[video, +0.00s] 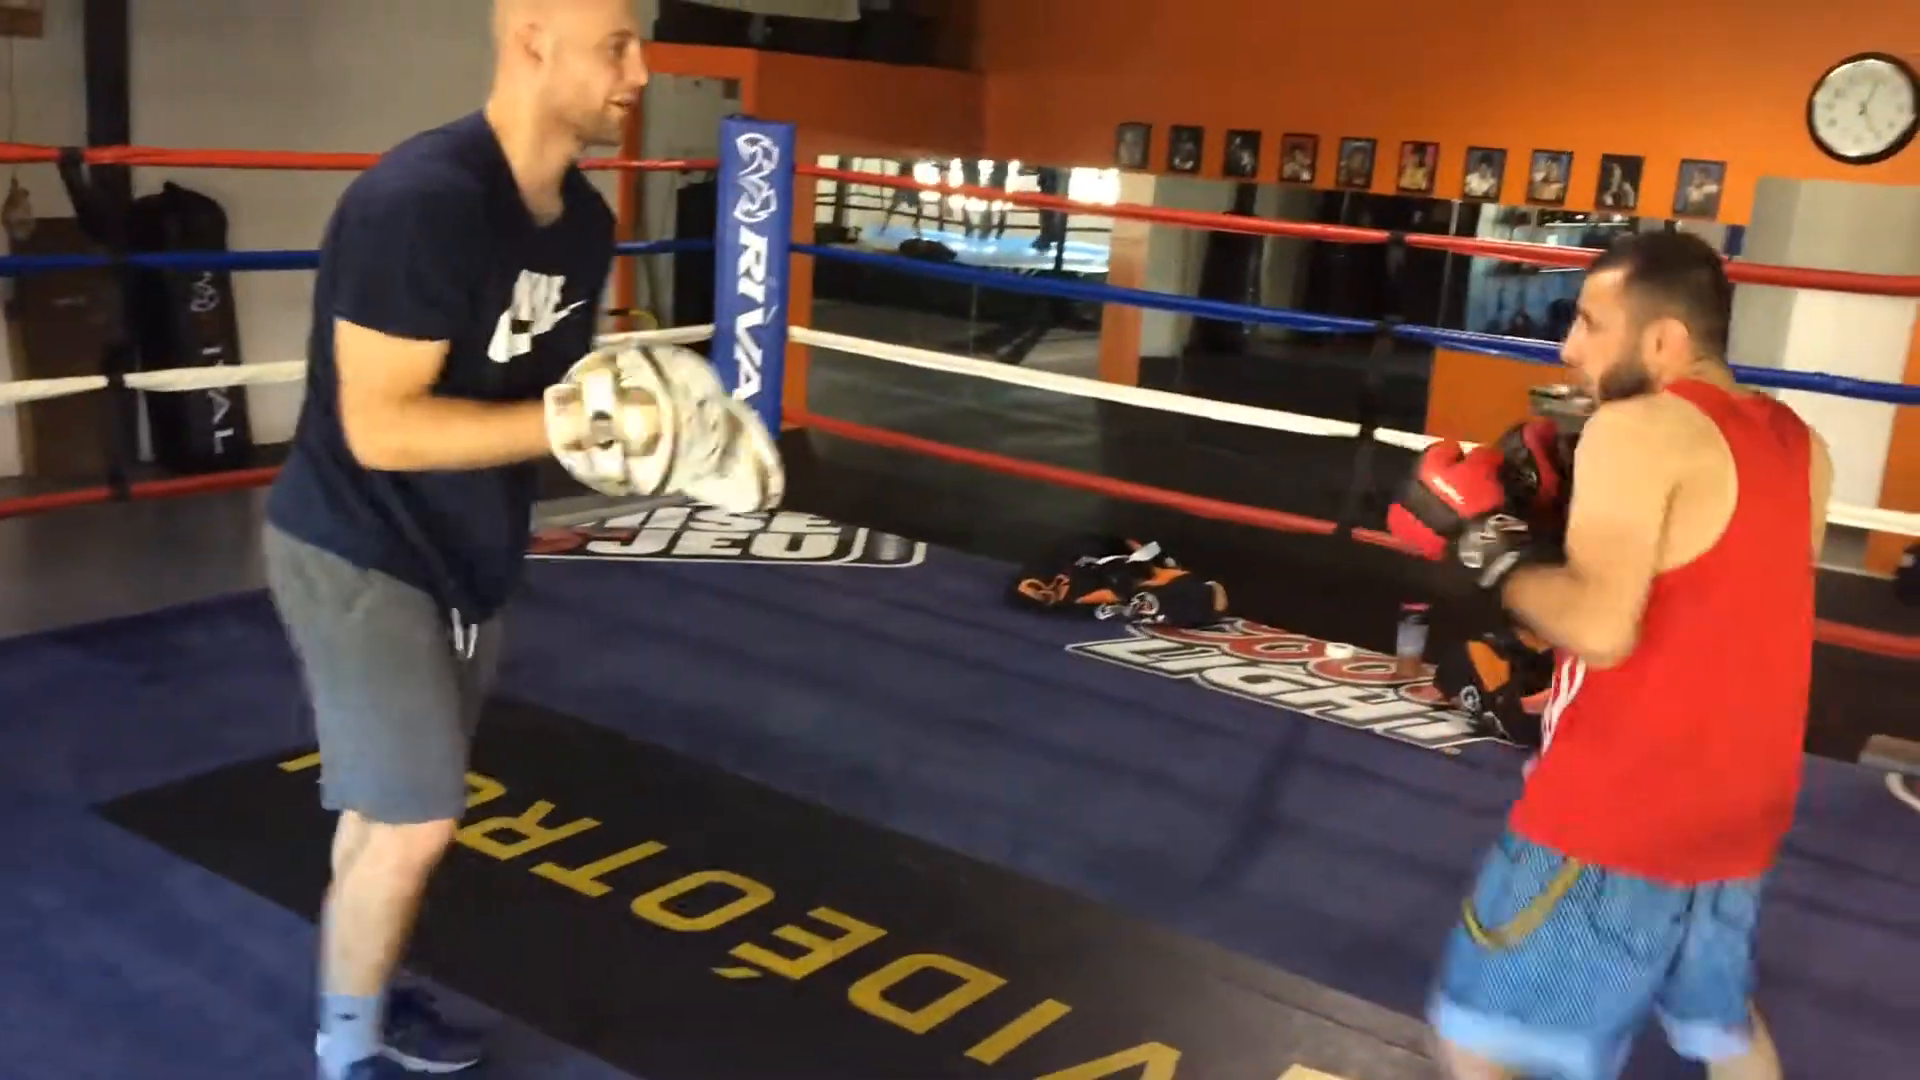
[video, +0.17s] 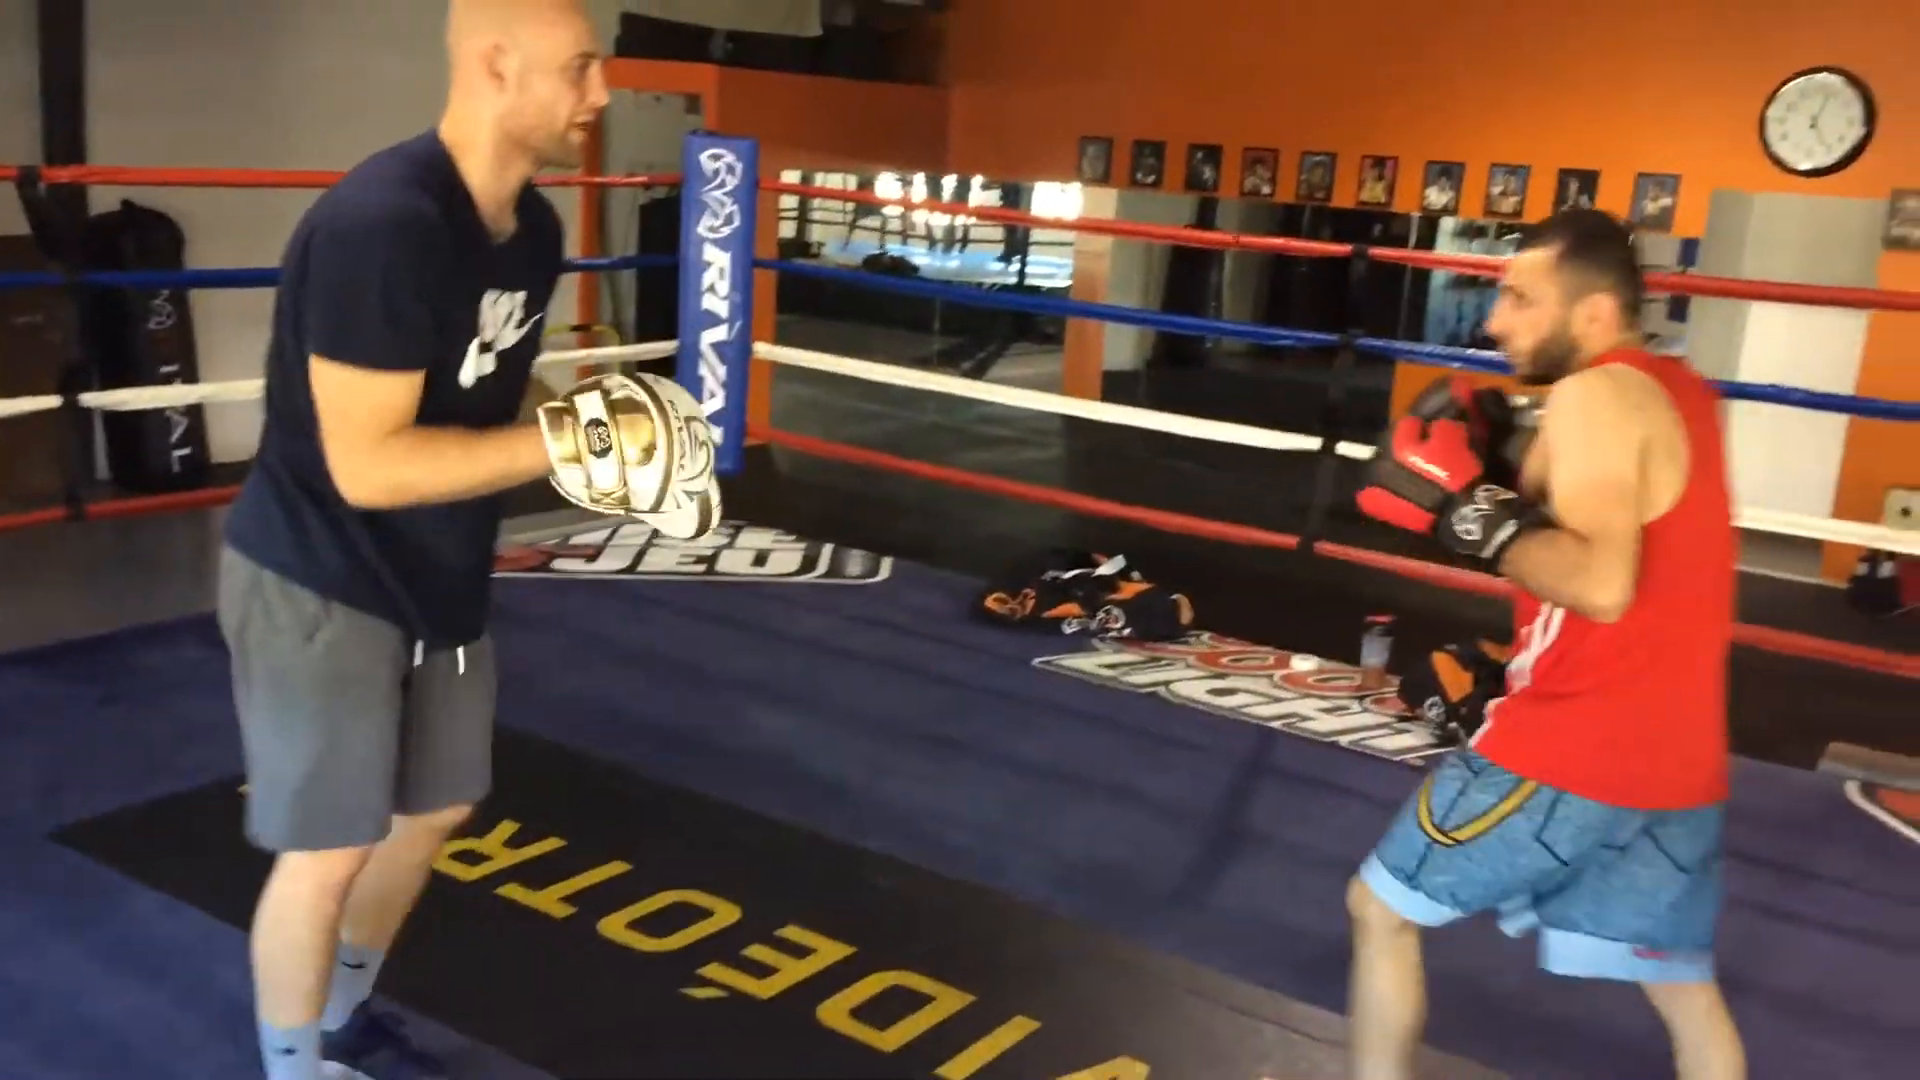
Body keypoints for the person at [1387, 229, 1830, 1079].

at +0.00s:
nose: (1569, 348)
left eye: (1591, 324)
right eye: (1576, 321)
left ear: (1667, 340)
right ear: (1682, 342)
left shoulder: (1635, 430)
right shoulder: (1798, 442)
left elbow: (1599, 622)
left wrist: (1493, 549)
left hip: (1619, 806)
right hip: (1743, 803)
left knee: (1480, 1037)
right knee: (1719, 1022)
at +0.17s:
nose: (1496, 319)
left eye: (1520, 298)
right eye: (1502, 295)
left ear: (1596, 313)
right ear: (1600, 315)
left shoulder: (1593, 399)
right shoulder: (1683, 391)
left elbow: (1601, 582)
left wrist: (1470, 513)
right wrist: (1507, 447)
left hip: (1568, 753)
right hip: (1681, 764)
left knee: (1383, 905)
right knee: (1683, 985)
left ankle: (1379, 1072)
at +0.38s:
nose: (1321, 349)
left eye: (1341, 329)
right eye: (1325, 326)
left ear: (1410, 338)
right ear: (1423, 335)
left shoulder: (1424, 438)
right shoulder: (1506, 383)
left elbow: (1388, 620)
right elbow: (1453, 530)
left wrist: (1295, 534)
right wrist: (1342, 490)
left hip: (1440, 716)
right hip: (1538, 710)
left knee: (1295, 857)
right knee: (1525, 886)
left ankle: (1260, 1048)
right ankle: (1606, 1060)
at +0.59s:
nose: (1272, 325)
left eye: (1290, 307)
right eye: (1273, 304)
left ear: (1357, 313)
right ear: (1368, 312)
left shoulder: (1370, 399)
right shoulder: (1443, 355)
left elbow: (1313, 562)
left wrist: (1248, 466)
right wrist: (1288, 428)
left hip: (1403, 674)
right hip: (1485, 665)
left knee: (1274, 838)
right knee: (1444, 800)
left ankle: (1248, 1042)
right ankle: (1459, 959)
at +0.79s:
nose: (1283, 339)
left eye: (1299, 322)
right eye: (1280, 320)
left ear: (1361, 320)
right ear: (1355, 321)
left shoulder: (1402, 404)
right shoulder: (1370, 391)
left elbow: (1372, 562)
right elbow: (1328, 536)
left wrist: (1294, 471)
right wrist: (1265, 469)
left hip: (1383, 671)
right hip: (1403, 661)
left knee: (1228, 815)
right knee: (1384, 791)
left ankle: (1229, 1032)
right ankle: (1425, 938)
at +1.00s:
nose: (1232, 355)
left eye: (1248, 336)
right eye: (1229, 336)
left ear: (1308, 332)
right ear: (1297, 338)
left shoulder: (1342, 402)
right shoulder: (1310, 399)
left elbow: (1323, 546)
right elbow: (1269, 528)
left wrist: (1241, 460)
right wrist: (1223, 473)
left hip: (1336, 688)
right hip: (1340, 676)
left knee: (1197, 845)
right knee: (1304, 791)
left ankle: (1200, 1050)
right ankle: (1365, 931)